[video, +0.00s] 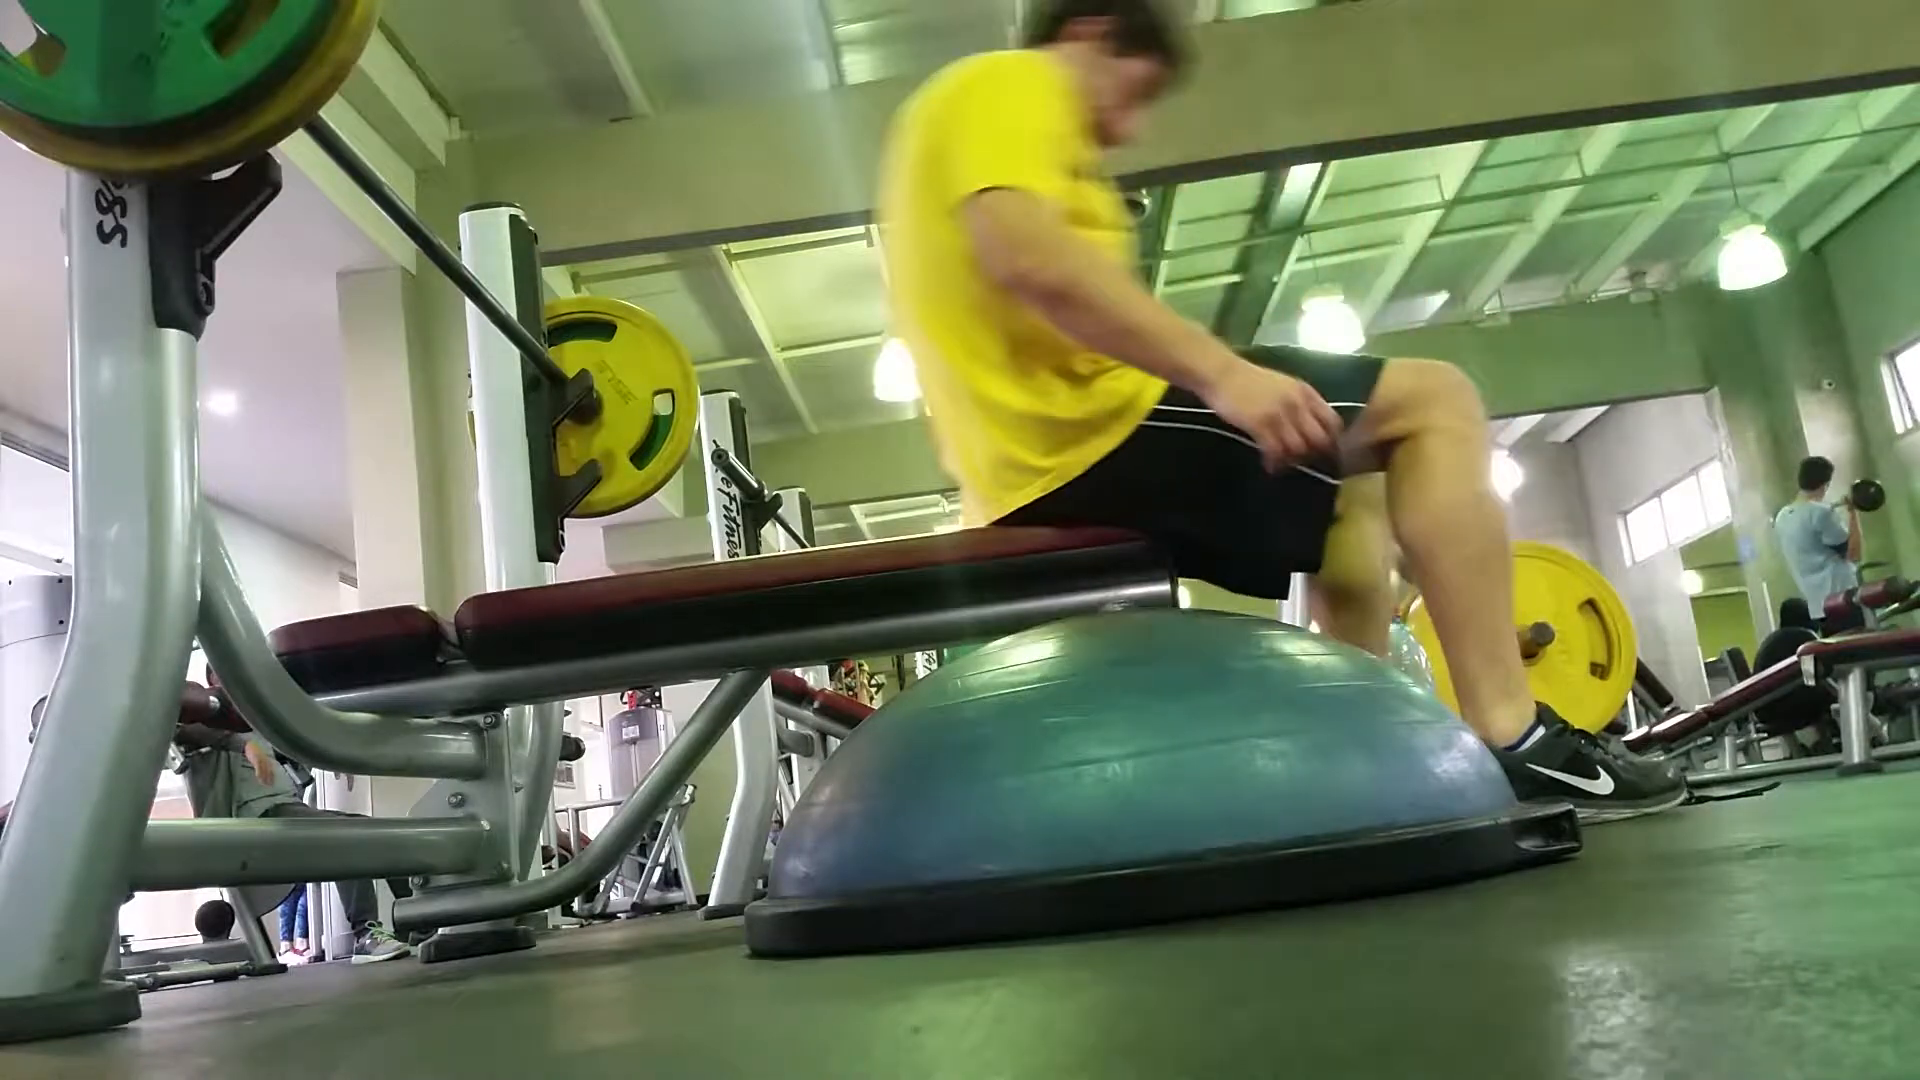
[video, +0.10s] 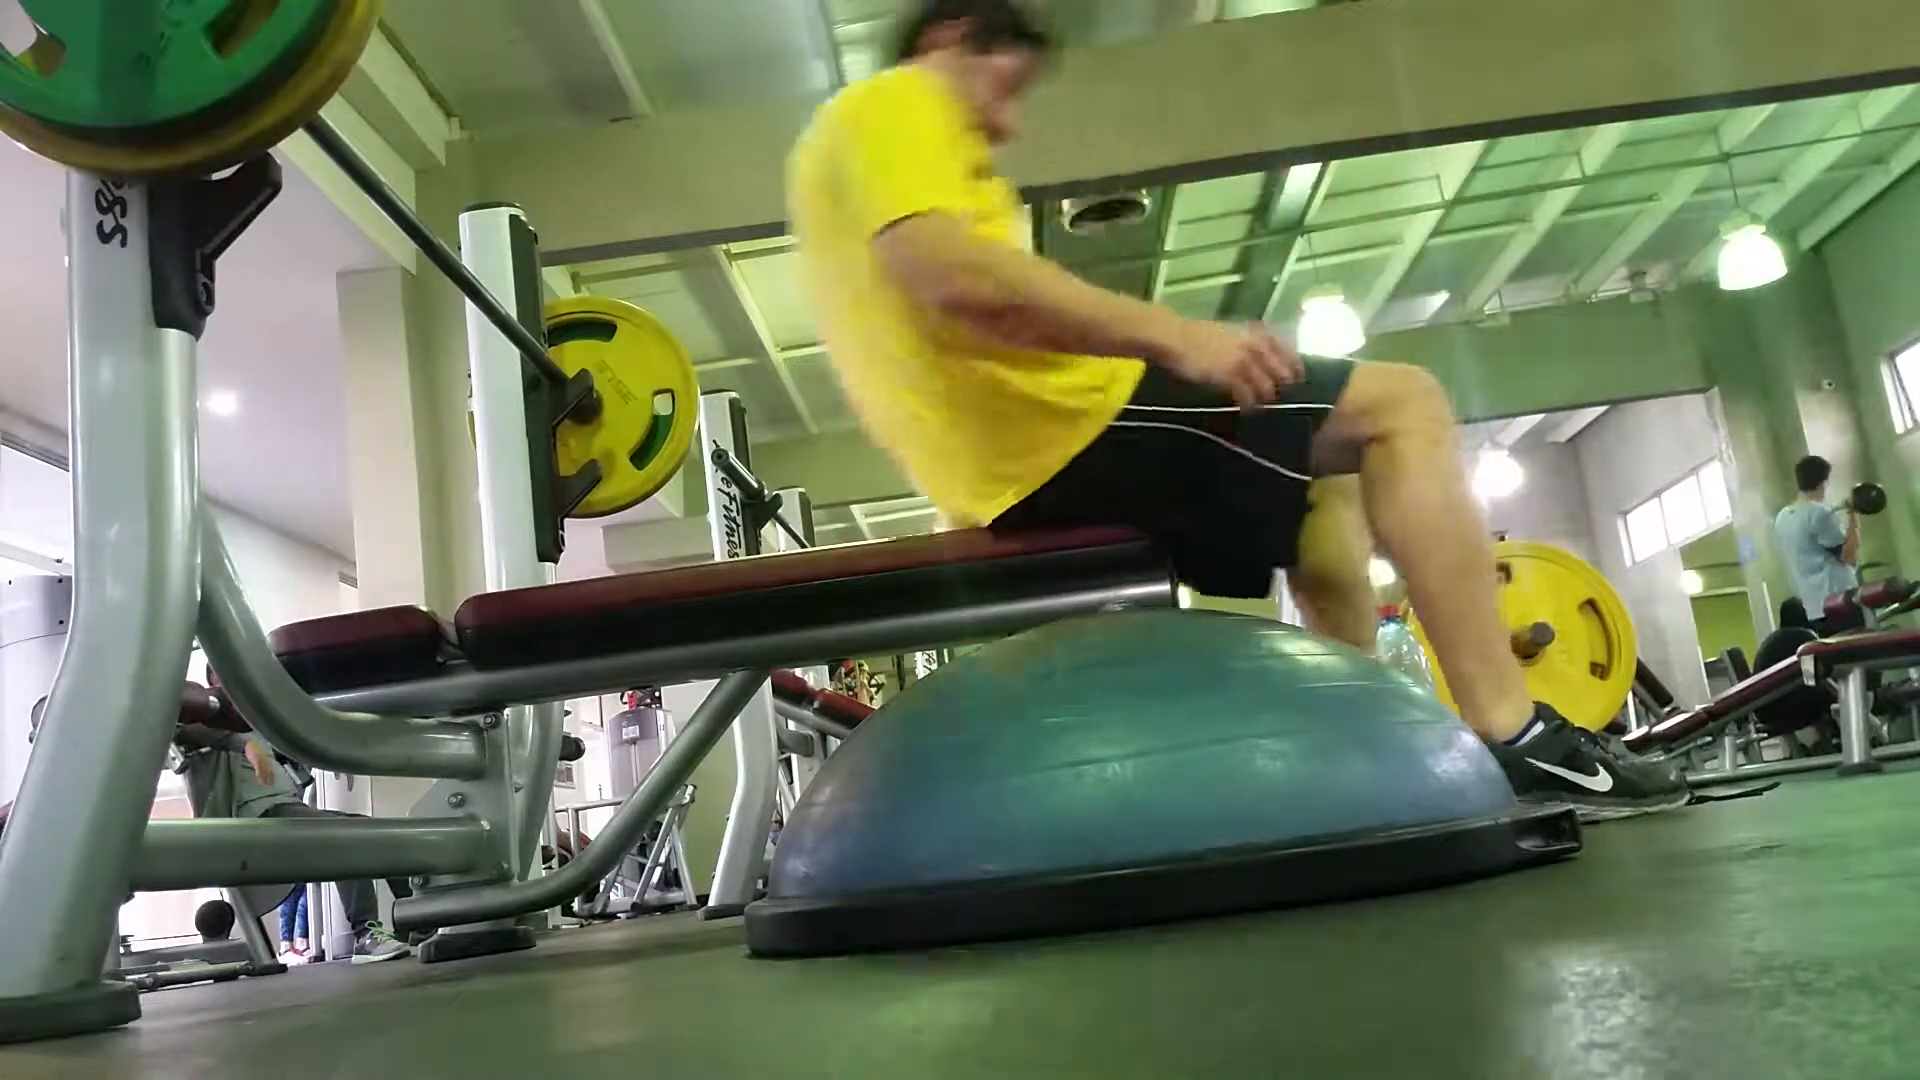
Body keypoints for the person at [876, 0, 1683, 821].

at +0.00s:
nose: (1130, 126)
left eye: (1143, 106)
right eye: (1137, 92)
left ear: (1079, 47)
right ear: (1093, 36)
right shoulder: (1010, 83)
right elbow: (1021, 249)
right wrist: (1223, 372)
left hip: (1042, 472)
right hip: (1087, 439)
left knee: (1364, 525)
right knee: (1437, 398)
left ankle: (1358, 778)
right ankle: (1510, 734)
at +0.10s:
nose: (1008, 112)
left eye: (1019, 94)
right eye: (1001, 84)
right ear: (946, 45)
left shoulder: (931, 165)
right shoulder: (890, 104)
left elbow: (986, 318)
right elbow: (947, 273)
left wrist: (1175, 354)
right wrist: (1174, 336)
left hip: (1026, 473)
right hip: (1061, 442)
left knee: (1329, 524)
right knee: (1405, 402)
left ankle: (1361, 766)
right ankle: (1510, 726)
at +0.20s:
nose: (909, 146)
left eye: (912, 123)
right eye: (900, 115)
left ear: (830, 99)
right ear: (846, 88)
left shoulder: (812, 209)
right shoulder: (791, 157)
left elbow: (964, 326)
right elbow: (903, 295)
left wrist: (1134, 320)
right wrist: (1158, 292)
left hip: (999, 466)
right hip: (1012, 435)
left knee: (1304, 493)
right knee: (1378, 399)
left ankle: (1358, 763)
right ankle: (1506, 719)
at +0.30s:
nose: (823, 187)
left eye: (820, 168)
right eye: (808, 162)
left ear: (716, 160)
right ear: (740, 151)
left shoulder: (725, 271)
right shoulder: (710, 236)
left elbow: (903, 376)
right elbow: (882, 330)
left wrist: (1094, 346)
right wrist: (1107, 246)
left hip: (996, 489)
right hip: (1003, 458)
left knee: (1302, 514)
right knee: (1362, 386)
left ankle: (1366, 760)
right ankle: (1523, 693)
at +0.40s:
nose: (732, 232)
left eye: (723, 213)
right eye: (704, 212)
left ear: (636, 235)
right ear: (632, 229)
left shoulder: (672, 351)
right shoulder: (652, 308)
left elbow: (886, 455)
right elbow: (846, 361)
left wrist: (1038, 339)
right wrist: (1003, 212)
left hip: (980, 482)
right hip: (986, 451)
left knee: (1285, 463)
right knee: (1337, 352)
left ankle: (1351, 728)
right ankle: (1530, 643)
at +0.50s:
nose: (657, 290)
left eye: (644, 277)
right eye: (624, 281)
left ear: (567, 329)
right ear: (561, 317)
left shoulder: (634, 436)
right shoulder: (606, 393)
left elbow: (852, 429)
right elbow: (803, 382)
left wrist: (927, 302)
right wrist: (903, 226)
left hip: (976, 481)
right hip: (978, 437)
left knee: (1274, 456)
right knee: (1310, 328)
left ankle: (1350, 740)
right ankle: (1546, 575)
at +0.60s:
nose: (575, 339)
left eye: (553, 330)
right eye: (539, 343)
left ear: (505, 408)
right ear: (496, 410)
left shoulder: (601, 457)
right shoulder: (569, 455)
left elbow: (759, 409)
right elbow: (752, 391)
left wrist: (752, 293)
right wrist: (740, 229)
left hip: (972, 450)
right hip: (973, 437)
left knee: (1253, 412)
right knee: (1295, 316)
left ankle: (1340, 667)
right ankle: (1547, 541)